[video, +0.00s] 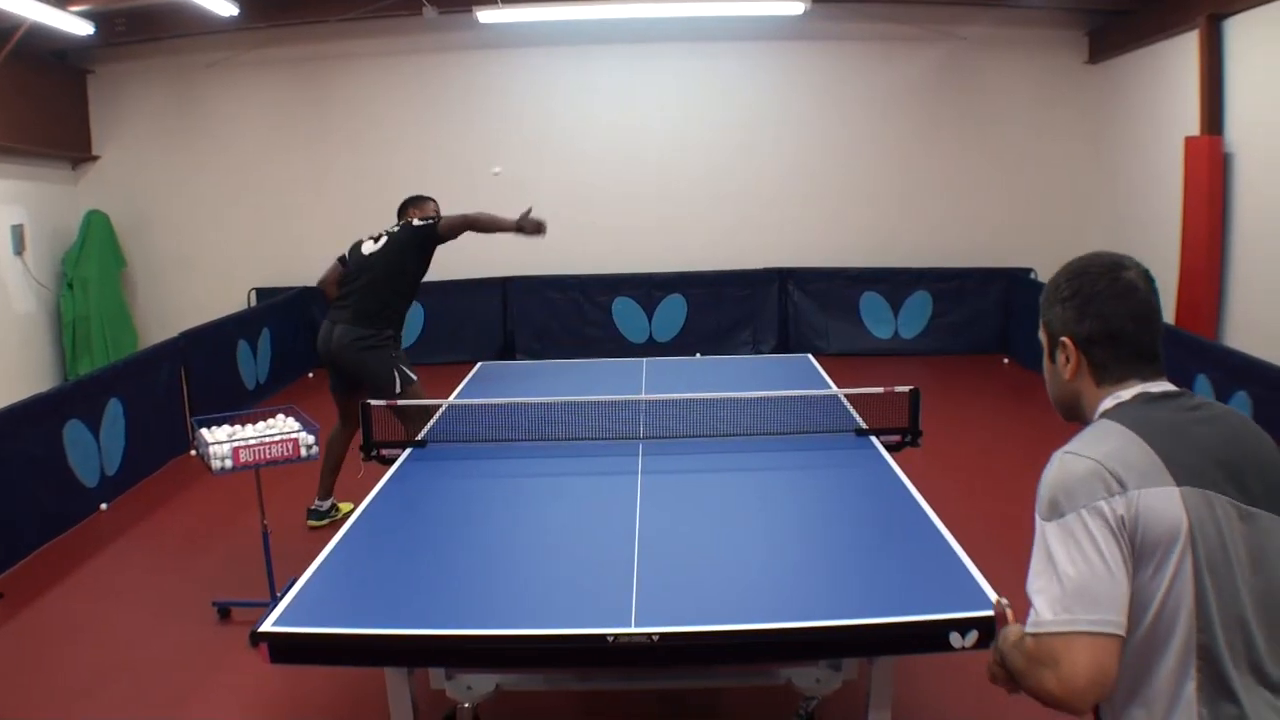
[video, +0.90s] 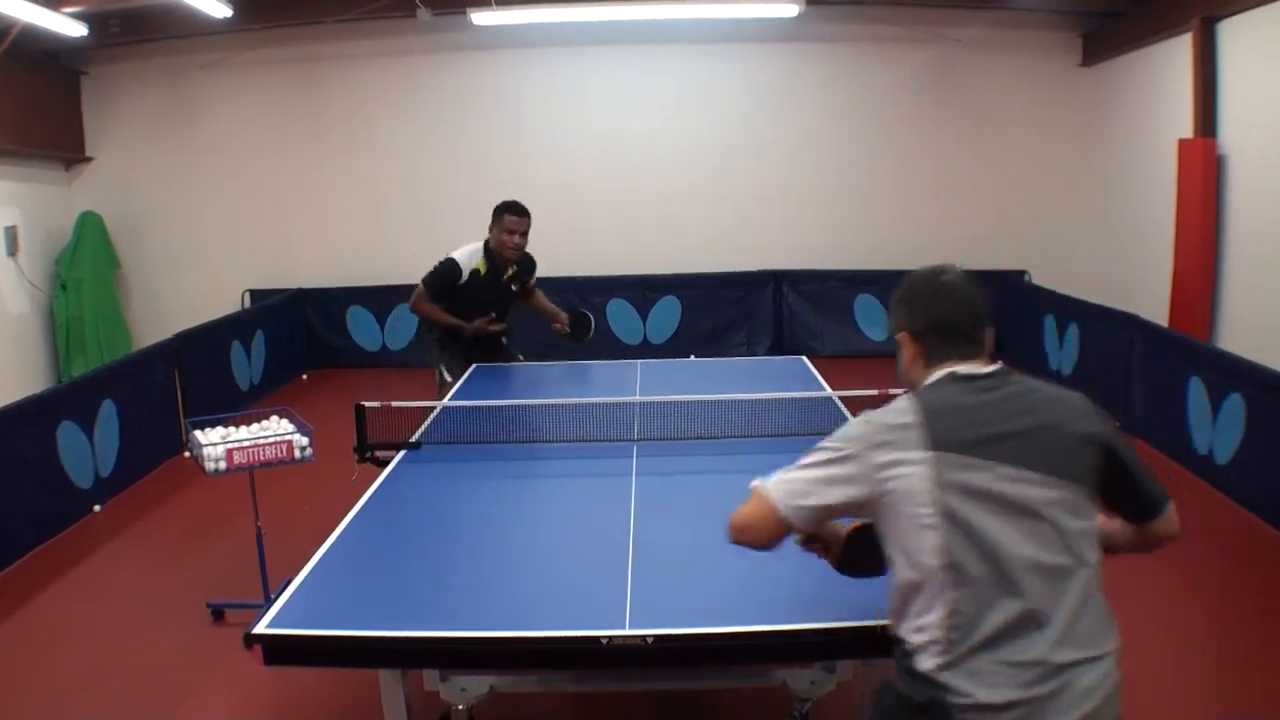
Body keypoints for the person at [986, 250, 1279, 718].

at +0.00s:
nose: (1044, 367)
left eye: (1044, 351)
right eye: (1043, 350)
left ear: (1068, 357)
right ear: (1153, 340)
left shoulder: (1091, 466)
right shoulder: (1254, 440)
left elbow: (1077, 683)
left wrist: (1011, 646)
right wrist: (1033, 662)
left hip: (1159, 709)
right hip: (1268, 704)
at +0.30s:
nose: (1016, 365)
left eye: (1015, 349)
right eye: (1013, 348)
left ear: (1040, 355)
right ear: (1124, 337)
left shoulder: (1058, 470)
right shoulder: (1216, 445)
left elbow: (1002, 685)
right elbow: (1248, 603)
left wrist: (942, 625)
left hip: (1110, 711)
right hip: (1237, 710)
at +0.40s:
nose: (1003, 353)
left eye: (1003, 335)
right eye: (1001, 335)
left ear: (1026, 339)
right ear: (1109, 323)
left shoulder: (1039, 451)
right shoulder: (1211, 433)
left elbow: (962, 654)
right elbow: (1256, 596)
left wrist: (906, 602)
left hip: (1090, 708)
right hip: (1225, 705)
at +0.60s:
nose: (1002, 342)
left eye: (1001, 326)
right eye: (1000, 325)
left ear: (1024, 328)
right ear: (1100, 310)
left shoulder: (1038, 440)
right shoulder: (1201, 412)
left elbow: (935, 611)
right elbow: (1245, 548)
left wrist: (890, 570)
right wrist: (1144, 561)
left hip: (1087, 707)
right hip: (1213, 700)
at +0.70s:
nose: (988, 348)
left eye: (987, 330)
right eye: (987, 331)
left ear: (1007, 331)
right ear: (1081, 313)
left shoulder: (1021, 432)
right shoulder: (1175, 406)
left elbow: (893, 580)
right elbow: (1221, 524)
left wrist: (871, 548)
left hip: (1067, 702)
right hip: (1190, 700)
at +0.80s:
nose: (947, 343)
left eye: (947, 327)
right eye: (947, 328)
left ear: (964, 326)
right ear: (1037, 312)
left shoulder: (971, 414)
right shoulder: (1130, 395)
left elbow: (824, 538)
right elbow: (1184, 508)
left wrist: (879, 539)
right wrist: (1089, 520)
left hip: (1030, 692)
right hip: (1150, 688)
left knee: (932, 704)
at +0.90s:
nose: (897, 359)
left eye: (897, 346)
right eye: (898, 347)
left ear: (910, 346)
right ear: (987, 340)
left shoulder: (888, 431)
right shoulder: (1073, 414)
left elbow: (747, 526)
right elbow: (1160, 526)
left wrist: (819, 527)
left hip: (957, 701)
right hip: (1085, 699)